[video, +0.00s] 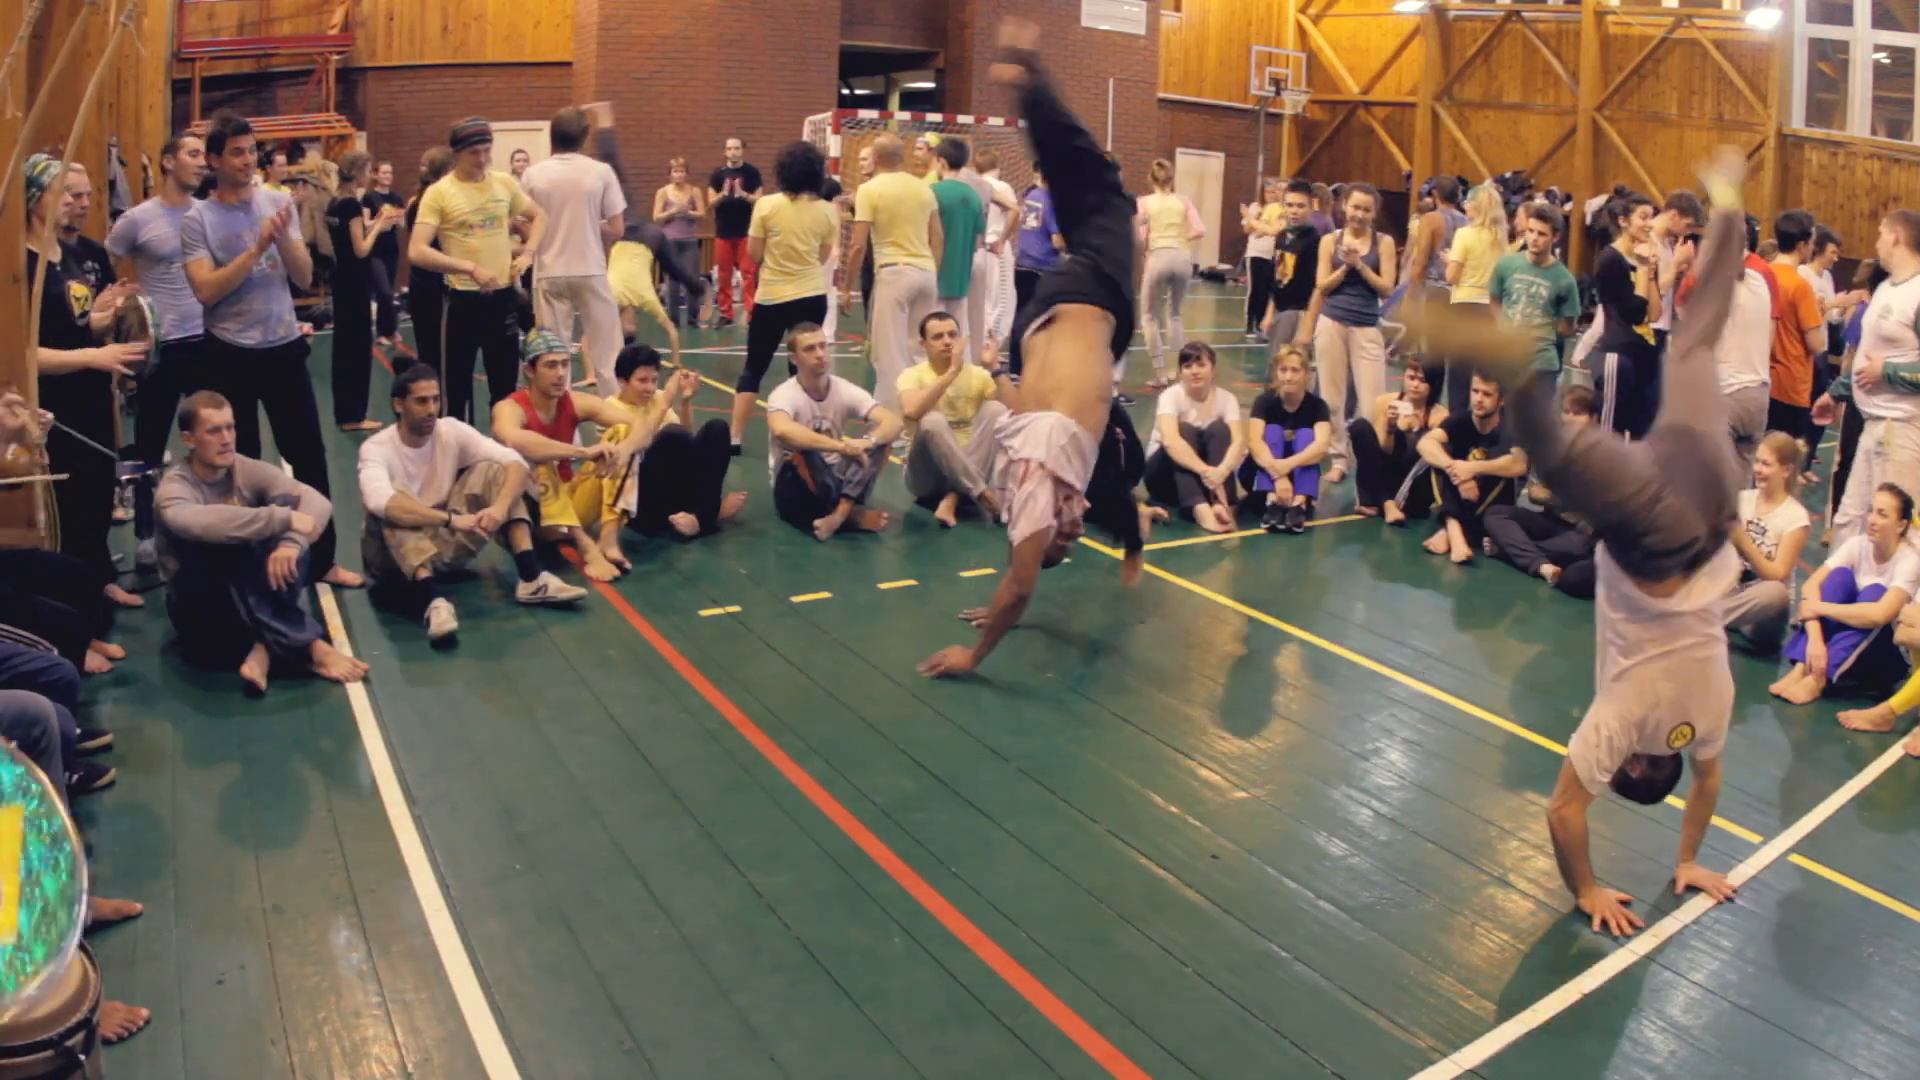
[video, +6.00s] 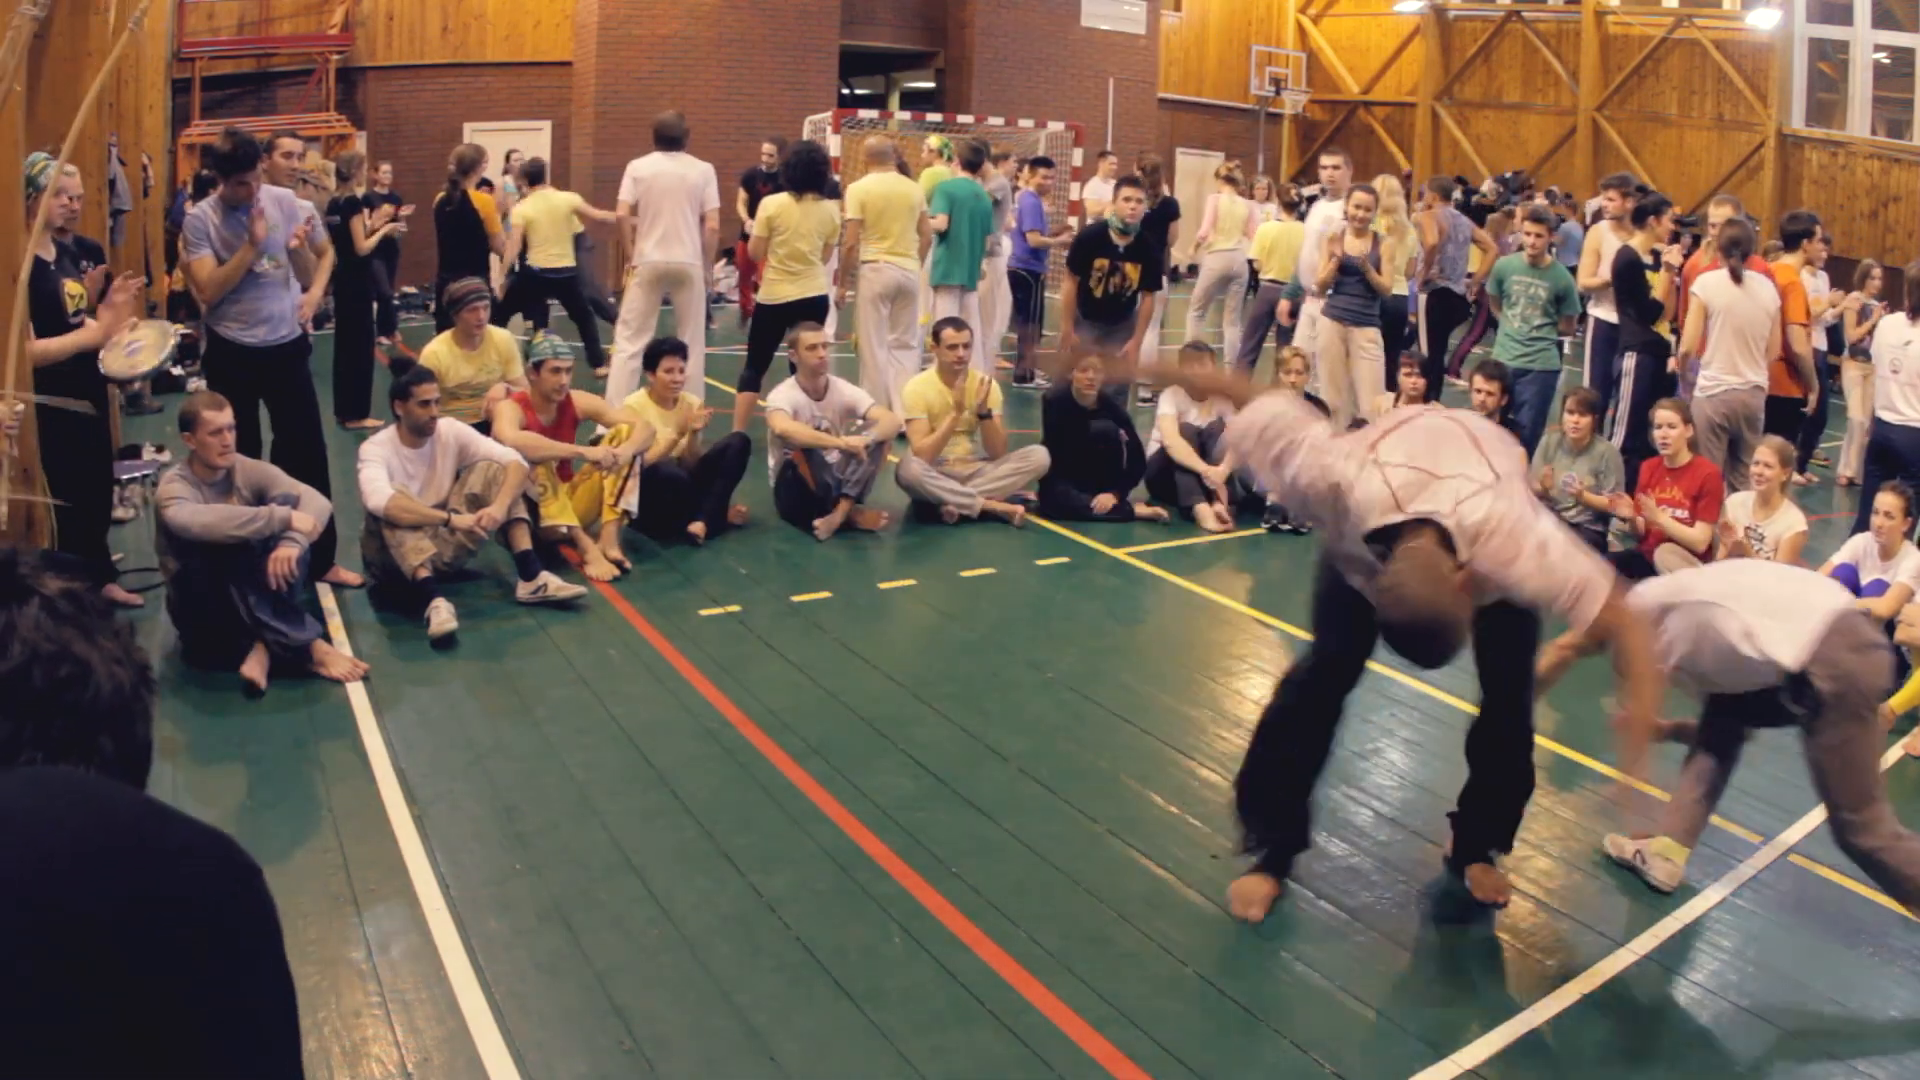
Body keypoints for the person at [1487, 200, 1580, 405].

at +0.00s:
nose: (1534, 239)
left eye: (1542, 234)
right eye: (1531, 231)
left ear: (1555, 238)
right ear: (1525, 231)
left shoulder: (1564, 280)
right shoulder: (1505, 265)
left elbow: (1566, 326)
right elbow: (1494, 303)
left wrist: (1534, 331)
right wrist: (1508, 332)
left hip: (1541, 358)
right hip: (1505, 353)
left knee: (1540, 428)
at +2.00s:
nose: (1534, 242)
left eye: (1541, 236)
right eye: (1530, 234)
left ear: (1553, 239)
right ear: (1522, 234)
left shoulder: (1563, 280)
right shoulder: (1504, 266)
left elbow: (1568, 325)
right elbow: (1495, 303)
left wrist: (1540, 333)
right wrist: (1514, 326)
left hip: (1539, 361)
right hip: (1503, 355)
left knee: (1526, 432)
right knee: (1490, 425)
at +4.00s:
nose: (1532, 241)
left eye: (1539, 236)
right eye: (1528, 234)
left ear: (1552, 238)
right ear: (1521, 234)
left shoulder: (1563, 278)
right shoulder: (1503, 266)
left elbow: (1566, 326)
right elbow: (1494, 306)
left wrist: (1540, 335)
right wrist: (1518, 327)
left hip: (1540, 360)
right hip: (1504, 355)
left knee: (1526, 431)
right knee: (1495, 425)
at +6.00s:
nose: (1531, 241)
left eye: (1538, 236)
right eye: (1527, 234)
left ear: (1551, 239)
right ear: (1521, 235)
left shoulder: (1562, 278)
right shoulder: (1503, 266)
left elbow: (1568, 325)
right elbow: (1495, 306)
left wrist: (1539, 329)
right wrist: (1515, 326)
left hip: (1540, 362)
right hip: (1503, 356)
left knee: (1526, 434)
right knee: (1491, 426)